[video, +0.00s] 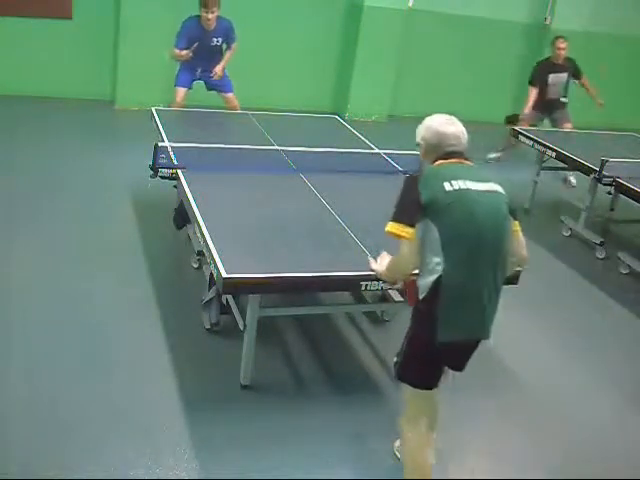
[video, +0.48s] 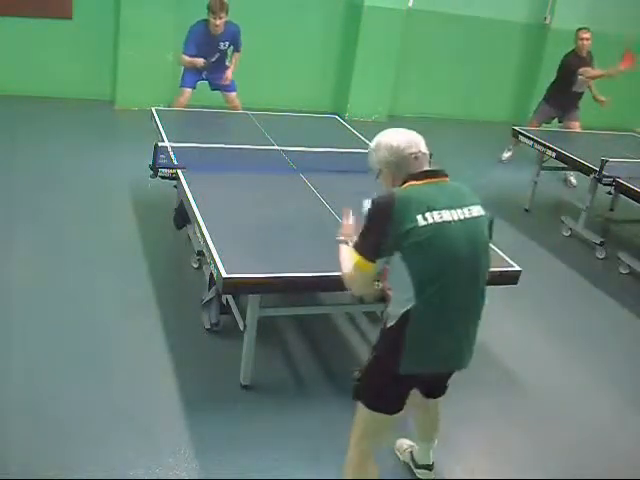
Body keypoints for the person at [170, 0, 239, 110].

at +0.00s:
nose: (209, 17)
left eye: (212, 13)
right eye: (206, 12)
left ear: (218, 12)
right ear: (200, 11)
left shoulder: (225, 25)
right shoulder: (189, 24)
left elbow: (231, 46)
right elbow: (175, 52)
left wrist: (221, 66)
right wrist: (183, 55)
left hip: (213, 66)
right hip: (190, 66)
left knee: (232, 103)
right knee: (178, 101)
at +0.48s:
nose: (217, 23)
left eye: (221, 18)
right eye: (214, 18)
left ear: (226, 17)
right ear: (208, 16)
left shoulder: (233, 30)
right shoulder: (197, 29)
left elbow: (237, 51)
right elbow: (183, 59)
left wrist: (230, 69)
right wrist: (195, 62)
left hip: (218, 66)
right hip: (195, 66)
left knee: (232, 100)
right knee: (184, 98)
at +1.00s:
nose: (222, 12)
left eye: (226, 8)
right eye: (219, 8)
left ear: (230, 9)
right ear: (213, 7)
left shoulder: (234, 22)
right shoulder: (200, 21)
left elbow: (235, 43)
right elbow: (182, 48)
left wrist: (233, 64)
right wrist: (195, 61)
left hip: (218, 65)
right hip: (195, 64)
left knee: (233, 101)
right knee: (185, 100)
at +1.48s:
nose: (200, 23)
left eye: (203, 18)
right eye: (197, 19)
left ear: (210, 16)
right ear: (194, 19)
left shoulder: (227, 27)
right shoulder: (194, 32)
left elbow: (243, 50)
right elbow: (187, 59)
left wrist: (232, 69)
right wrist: (181, 69)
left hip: (230, 70)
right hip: (207, 72)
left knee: (243, 108)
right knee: (192, 104)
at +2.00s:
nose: (182, 28)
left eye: (184, 23)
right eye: (178, 25)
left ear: (190, 18)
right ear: (175, 26)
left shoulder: (208, 25)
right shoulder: (176, 40)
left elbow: (230, 37)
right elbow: (181, 73)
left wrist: (226, 63)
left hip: (216, 67)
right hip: (194, 71)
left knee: (235, 105)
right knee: (185, 102)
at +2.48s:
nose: (214, 2)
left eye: (216, 1)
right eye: (212, 1)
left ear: (219, 1)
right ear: (206, 1)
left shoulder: (228, 11)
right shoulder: (193, 13)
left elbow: (240, 31)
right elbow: (176, 36)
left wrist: (238, 52)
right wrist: (180, 58)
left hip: (216, 61)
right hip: (193, 61)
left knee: (230, 100)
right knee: (182, 99)